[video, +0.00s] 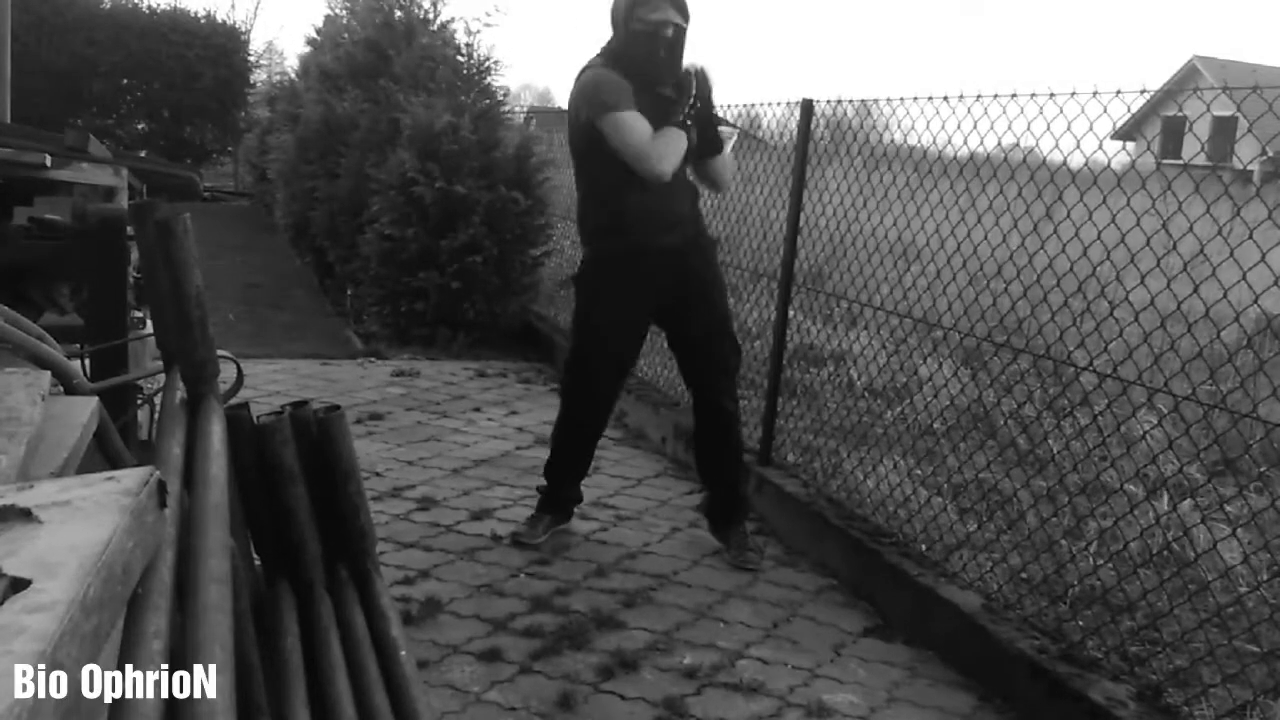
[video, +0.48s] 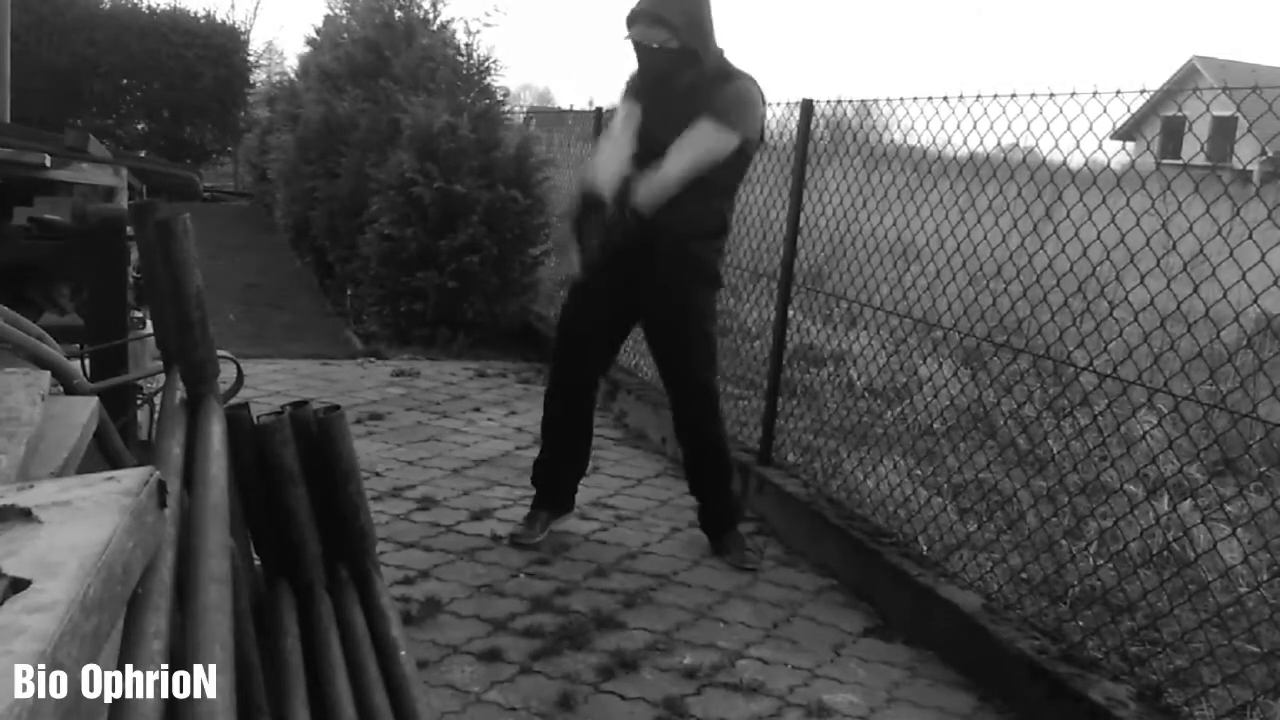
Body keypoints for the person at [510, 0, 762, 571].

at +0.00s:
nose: (665, 40)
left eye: (676, 29)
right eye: (651, 26)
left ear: (686, 31)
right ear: (622, 25)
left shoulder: (678, 89)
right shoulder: (601, 83)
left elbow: (719, 178)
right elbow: (656, 164)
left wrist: (703, 116)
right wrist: (682, 111)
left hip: (688, 266)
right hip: (617, 267)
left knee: (717, 388)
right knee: (588, 389)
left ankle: (730, 520)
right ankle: (555, 505)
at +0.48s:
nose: (643, 61)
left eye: (654, 49)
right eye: (638, 48)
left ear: (687, 42)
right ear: (637, 42)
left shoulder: (737, 94)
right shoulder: (643, 87)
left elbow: (681, 165)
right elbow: (615, 147)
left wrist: (629, 210)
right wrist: (596, 200)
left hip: (682, 269)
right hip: (617, 255)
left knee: (695, 396)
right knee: (571, 371)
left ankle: (723, 525)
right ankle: (552, 498)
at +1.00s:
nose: (645, 20)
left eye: (658, 10)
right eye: (632, 9)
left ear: (674, 16)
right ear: (609, 13)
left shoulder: (696, 73)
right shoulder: (582, 77)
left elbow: (777, 115)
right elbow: (516, 146)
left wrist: (736, 182)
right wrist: (584, 182)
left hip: (688, 253)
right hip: (609, 253)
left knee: (714, 386)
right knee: (576, 381)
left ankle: (731, 521)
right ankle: (554, 505)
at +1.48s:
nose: (684, 30)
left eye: (694, 21)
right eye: (676, 16)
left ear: (699, 25)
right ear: (645, 12)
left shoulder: (704, 67)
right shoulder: (594, 61)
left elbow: (770, 122)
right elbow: (498, 108)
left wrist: (811, 177)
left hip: (685, 255)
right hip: (607, 251)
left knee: (707, 390)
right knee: (575, 384)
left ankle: (731, 520)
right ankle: (553, 504)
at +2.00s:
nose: (644, 53)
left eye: (656, 41)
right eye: (633, 42)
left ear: (686, 37)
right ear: (622, 41)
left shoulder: (726, 82)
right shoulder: (617, 81)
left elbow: (652, 106)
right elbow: (605, 170)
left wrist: (574, 101)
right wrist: (564, 145)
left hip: (676, 263)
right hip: (603, 254)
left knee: (701, 394)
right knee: (572, 382)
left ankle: (725, 523)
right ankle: (547, 502)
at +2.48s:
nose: (647, 40)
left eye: (661, 31)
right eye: (635, 25)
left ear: (673, 38)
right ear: (610, 24)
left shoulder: (676, 80)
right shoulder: (578, 80)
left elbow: (680, 134)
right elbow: (625, 154)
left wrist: (689, 185)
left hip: (691, 254)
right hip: (620, 258)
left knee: (721, 388)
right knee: (591, 387)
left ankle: (734, 518)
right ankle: (551, 507)